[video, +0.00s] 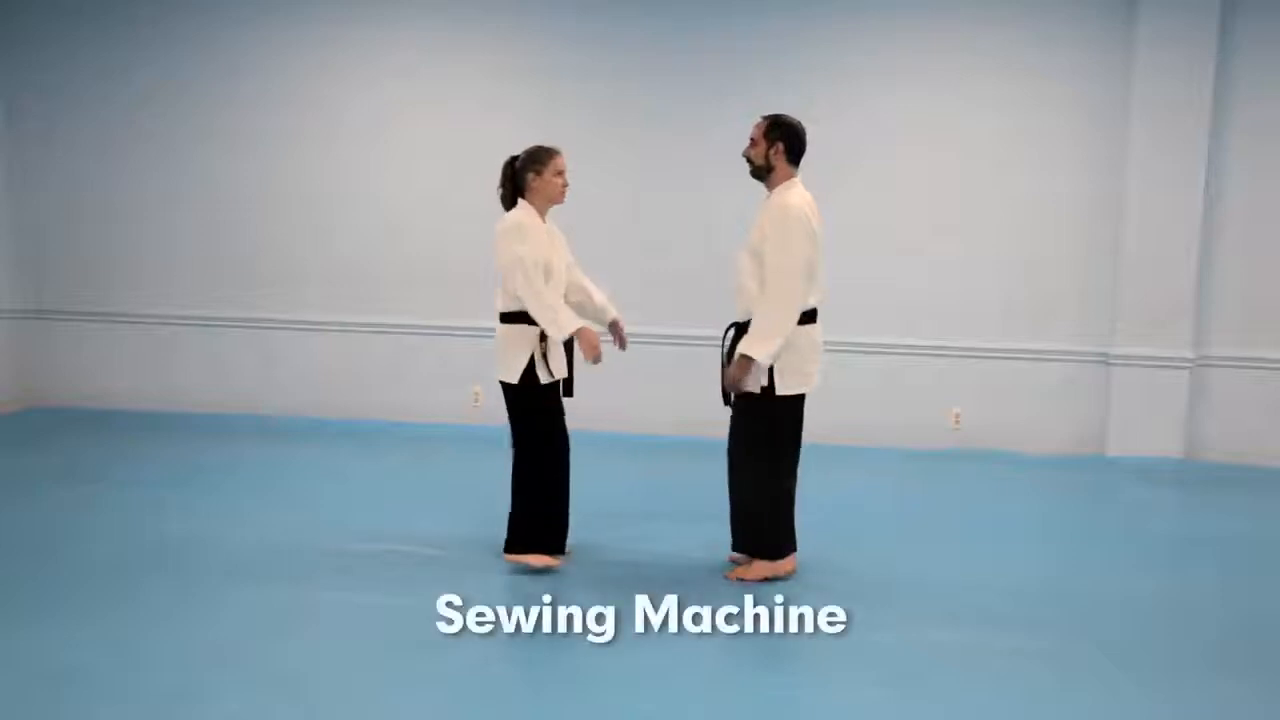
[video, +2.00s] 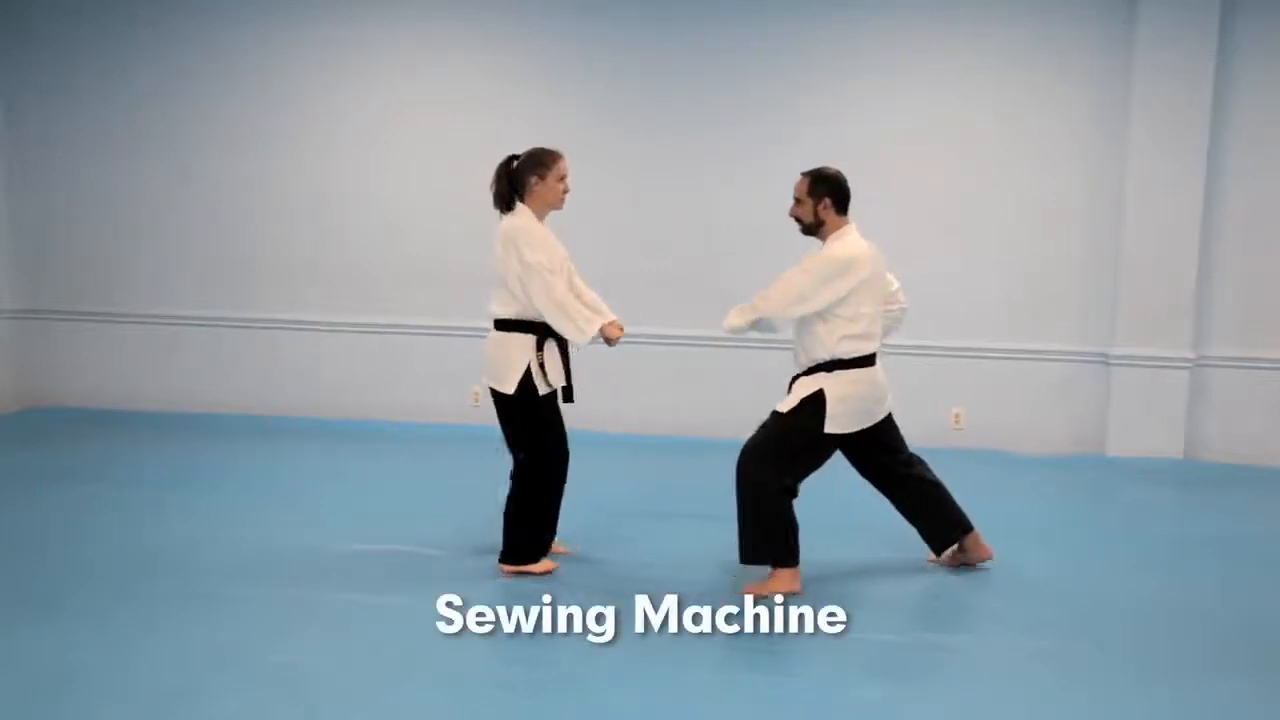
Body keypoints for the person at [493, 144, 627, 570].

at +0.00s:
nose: (566, 183)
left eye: (566, 175)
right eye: (558, 175)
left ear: (547, 181)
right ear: (532, 180)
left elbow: (573, 281)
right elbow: (530, 291)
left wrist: (607, 314)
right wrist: (577, 328)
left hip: (547, 351)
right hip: (523, 352)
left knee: (548, 447)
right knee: (540, 447)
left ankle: (544, 542)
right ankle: (524, 545)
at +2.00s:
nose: (568, 187)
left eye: (567, 180)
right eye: (561, 180)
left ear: (538, 183)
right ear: (536, 182)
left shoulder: (536, 228)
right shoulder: (521, 229)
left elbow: (570, 281)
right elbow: (549, 293)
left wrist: (603, 317)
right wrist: (595, 327)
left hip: (534, 353)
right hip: (519, 355)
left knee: (549, 452)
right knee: (542, 455)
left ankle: (537, 539)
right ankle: (518, 556)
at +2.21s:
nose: (589, 215)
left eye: (589, 206)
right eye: (585, 206)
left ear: (558, 204)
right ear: (564, 204)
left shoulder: (529, 233)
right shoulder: (540, 235)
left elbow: (554, 295)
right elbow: (564, 278)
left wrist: (594, 317)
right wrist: (615, 271)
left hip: (480, 360)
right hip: (493, 366)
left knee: (508, 457)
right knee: (529, 459)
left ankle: (516, 549)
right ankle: (524, 562)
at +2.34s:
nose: (576, 219)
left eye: (576, 211)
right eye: (571, 210)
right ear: (548, 206)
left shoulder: (542, 252)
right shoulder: (519, 238)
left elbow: (544, 309)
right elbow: (549, 228)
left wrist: (564, 330)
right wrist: (564, 213)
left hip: (467, 366)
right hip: (478, 371)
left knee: (448, 452)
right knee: (525, 462)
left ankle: (386, 510)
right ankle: (521, 562)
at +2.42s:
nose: (560, 221)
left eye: (560, 213)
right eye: (556, 213)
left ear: (541, 217)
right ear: (535, 215)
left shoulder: (534, 259)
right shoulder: (501, 245)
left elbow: (538, 311)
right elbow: (495, 223)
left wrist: (535, 340)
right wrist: (515, 199)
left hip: (462, 373)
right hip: (474, 377)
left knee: (409, 455)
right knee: (531, 465)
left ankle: (340, 512)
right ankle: (522, 562)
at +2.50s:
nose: (538, 224)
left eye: (537, 216)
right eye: (533, 216)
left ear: (511, 217)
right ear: (511, 218)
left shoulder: (512, 260)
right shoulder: (476, 248)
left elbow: (500, 334)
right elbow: (462, 228)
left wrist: (510, 392)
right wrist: (476, 195)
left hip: (439, 376)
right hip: (464, 382)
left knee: (391, 459)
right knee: (532, 466)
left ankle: (315, 521)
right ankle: (527, 563)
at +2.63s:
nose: (495, 230)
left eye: (495, 222)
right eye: (493, 222)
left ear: (449, 223)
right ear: (478, 224)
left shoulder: (414, 265)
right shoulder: (475, 263)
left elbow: (395, 321)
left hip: (400, 393)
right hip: (455, 398)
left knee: (354, 466)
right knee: (527, 458)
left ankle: (306, 547)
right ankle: (527, 553)